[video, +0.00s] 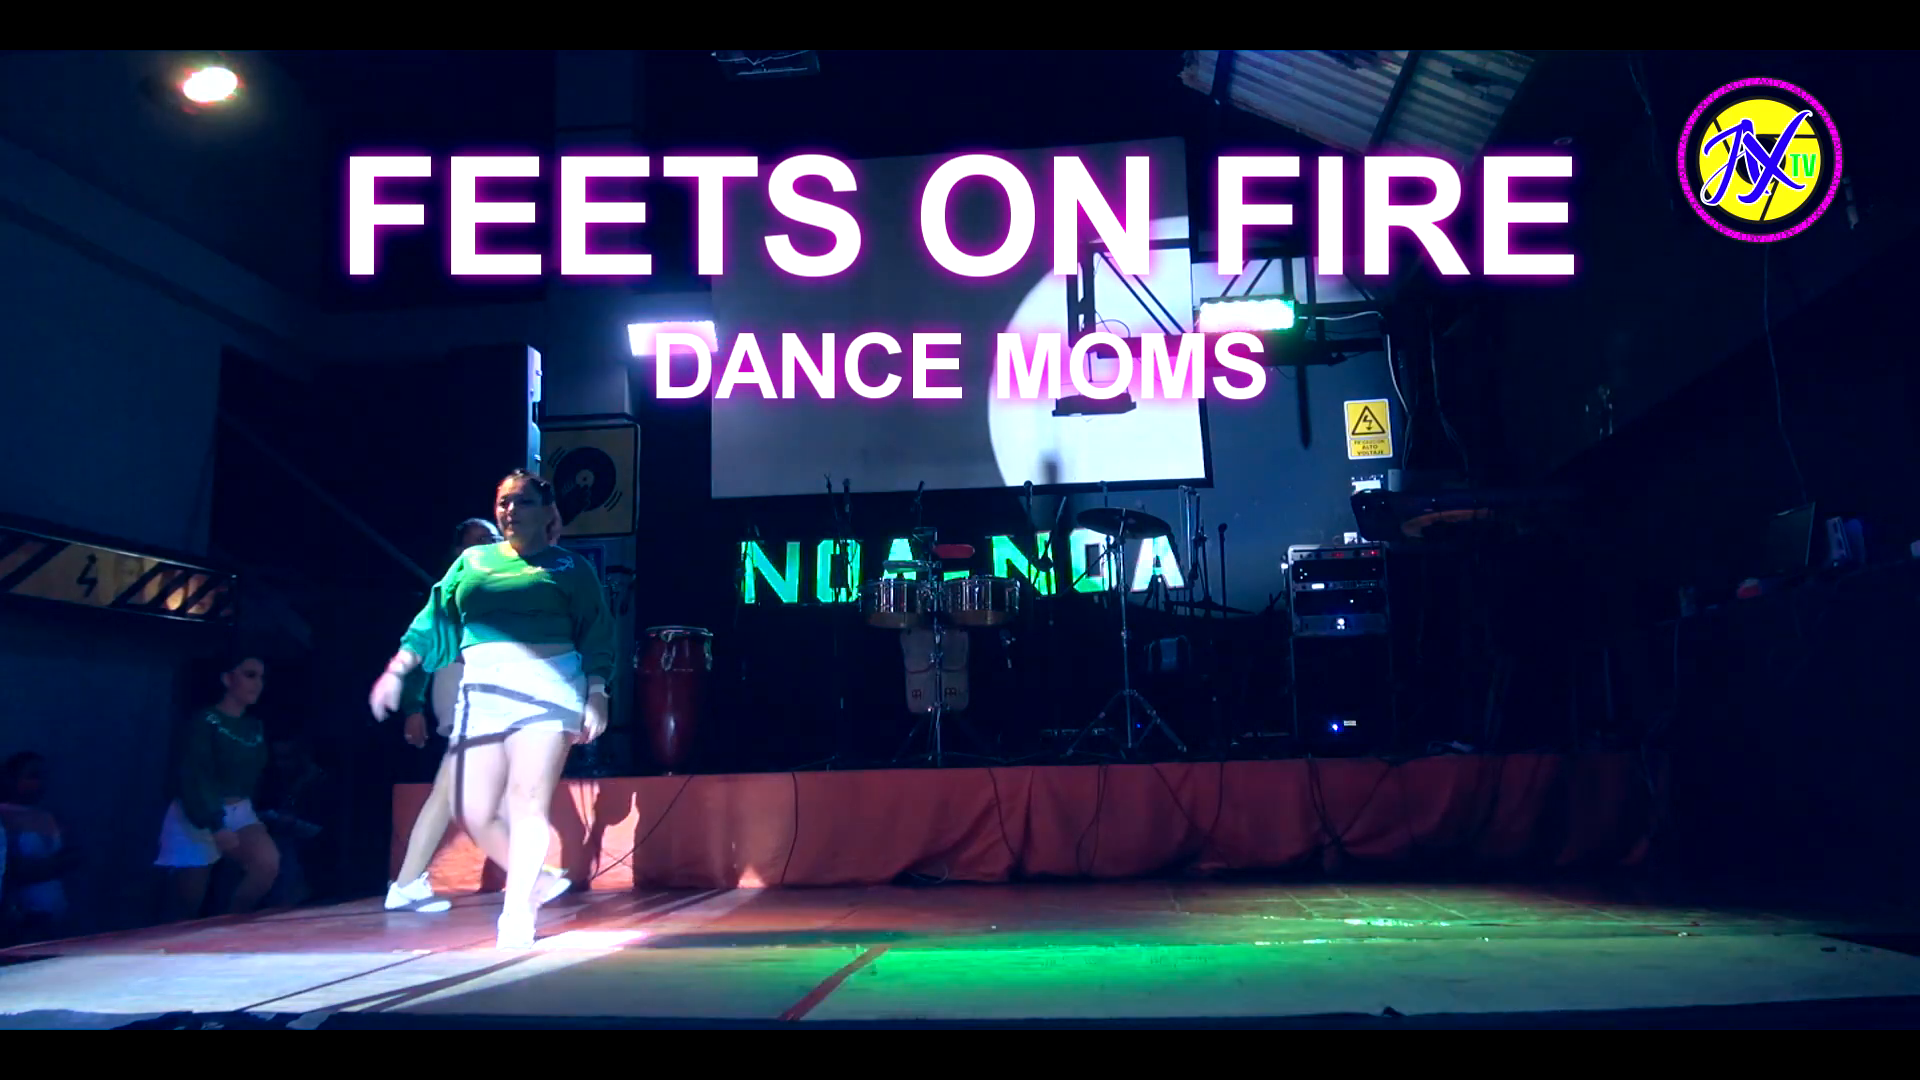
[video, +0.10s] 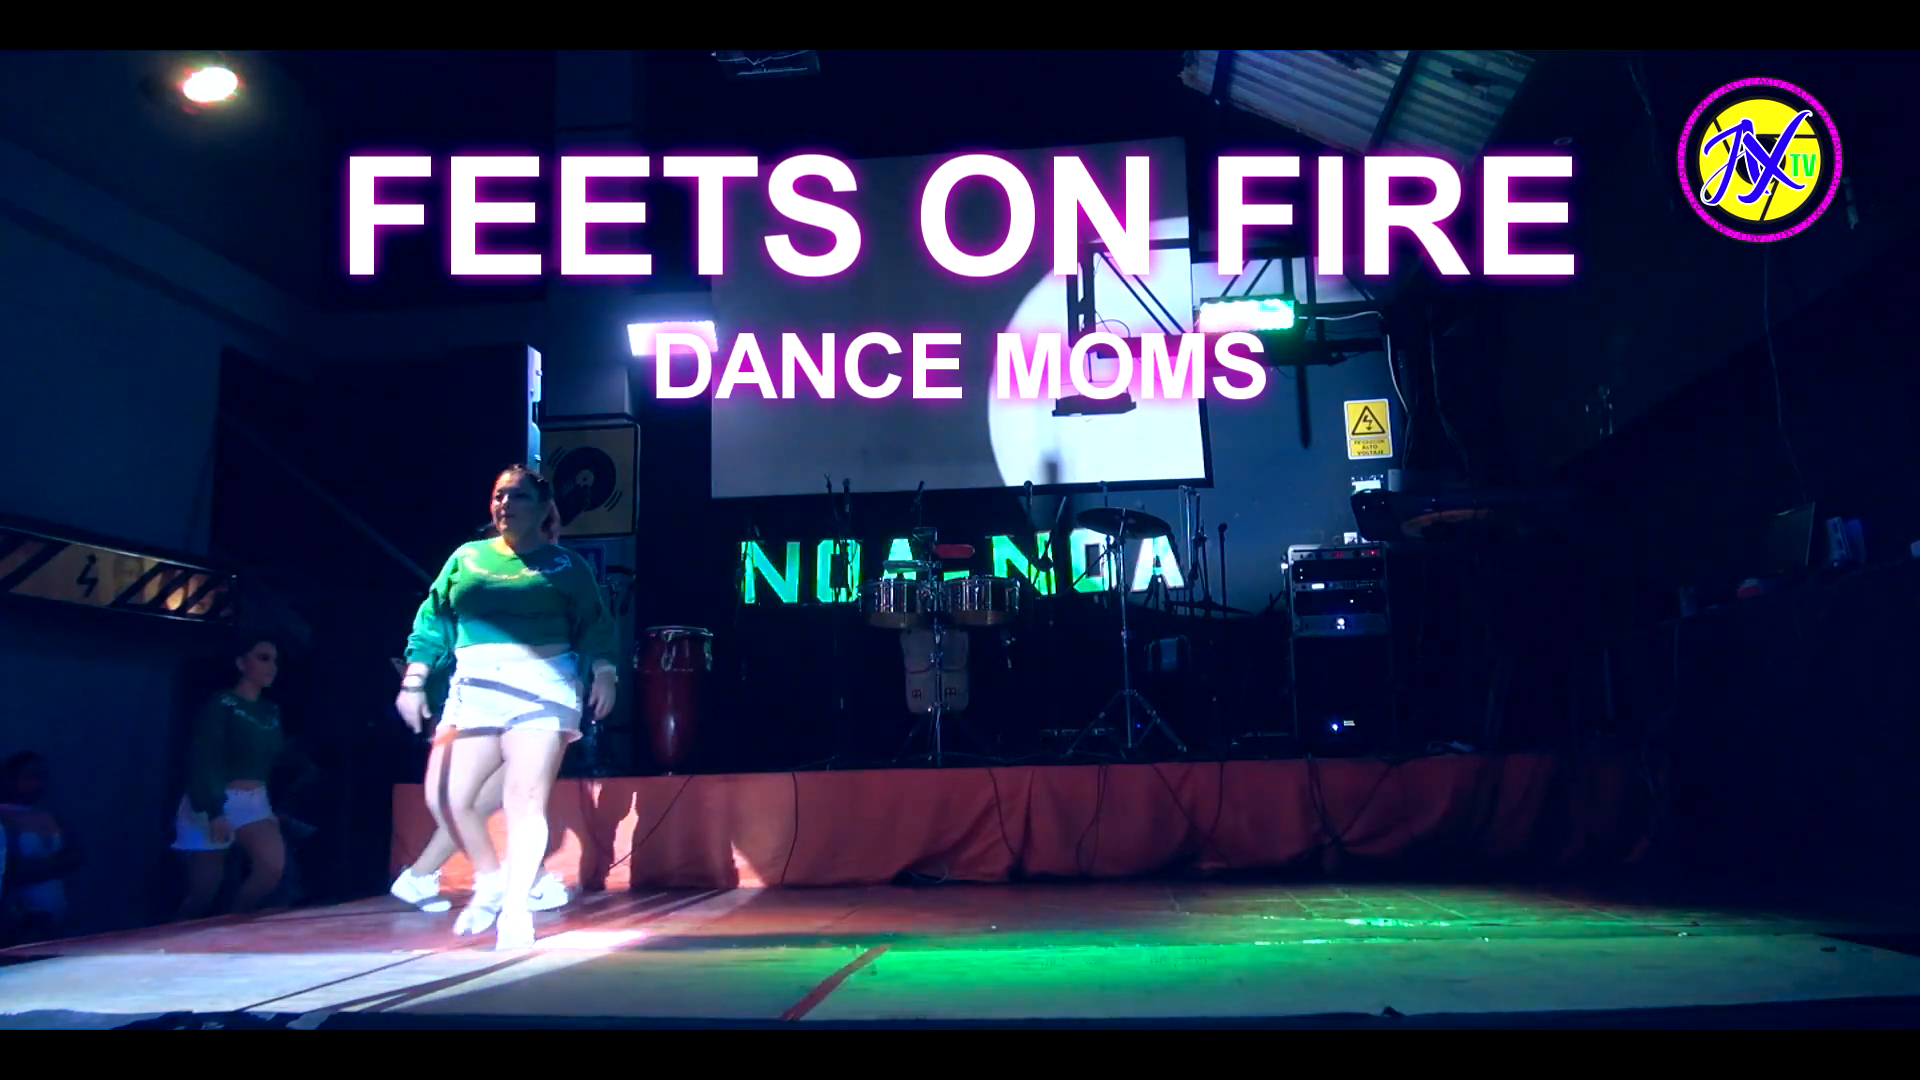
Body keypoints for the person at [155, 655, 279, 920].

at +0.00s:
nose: (257, 684)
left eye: (260, 677)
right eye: (250, 675)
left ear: (263, 683)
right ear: (228, 679)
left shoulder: (254, 729)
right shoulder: (204, 724)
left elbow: (254, 781)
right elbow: (191, 779)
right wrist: (216, 826)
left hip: (239, 810)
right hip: (198, 811)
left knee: (266, 862)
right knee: (189, 897)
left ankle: (232, 926)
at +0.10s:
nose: (271, 667)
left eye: (274, 660)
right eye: (263, 658)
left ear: (278, 667)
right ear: (242, 663)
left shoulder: (270, 713)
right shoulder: (219, 707)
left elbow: (274, 765)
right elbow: (203, 761)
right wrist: (215, 813)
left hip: (254, 800)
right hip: (213, 799)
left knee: (271, 867)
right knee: (205, 885)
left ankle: (232, 926)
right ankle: (179, 941)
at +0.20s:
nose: (282, 653)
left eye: (286, 646)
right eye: (274, 645)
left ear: (289, 654)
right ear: (252, 649)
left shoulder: (283, 701)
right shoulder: (228, 694)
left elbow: (290, 753)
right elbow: (207, 746)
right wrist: (205, 798)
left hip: (268, 785)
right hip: (229, 784)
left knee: (276, 865)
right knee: (240, 871)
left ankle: (240, 926)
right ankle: (201, 931)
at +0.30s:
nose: (291, 642)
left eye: (294, 637)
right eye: (283, 634)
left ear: (296, 646)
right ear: (261, 639)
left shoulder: (292, 693)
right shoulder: (235, 684)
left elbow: (298, 747)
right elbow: (210, 734)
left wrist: (299, 797)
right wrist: (201, 785)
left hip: (276, 777)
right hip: (238, 773)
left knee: (278, 855)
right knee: (276, 839)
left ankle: (241, 921)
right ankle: (213, 889)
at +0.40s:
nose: (301, 633)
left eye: (304, 627)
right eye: (292, 626)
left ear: (306, 636)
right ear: (270, 631)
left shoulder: (303, 685)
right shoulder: (242, 675)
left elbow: (318, 739)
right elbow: (211, 724)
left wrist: (334, 782)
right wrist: (193, 773)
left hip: (280, 771)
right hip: (238, 768)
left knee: (276, 849)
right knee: (304, 805)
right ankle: (251, 873)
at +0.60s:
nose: (321, 622)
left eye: (324, 616)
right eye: (312, 614)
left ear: (326, 625)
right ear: (290, 620)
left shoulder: (322, 672)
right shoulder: (264, 663)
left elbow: (344, 720)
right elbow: (227, 709)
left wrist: (377, 753)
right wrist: (201, 755)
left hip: (297, 761)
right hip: (258, 756)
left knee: (270, 852)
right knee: (320, 805)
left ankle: (241, 926)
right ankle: (293, 886)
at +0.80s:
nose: (341, 600)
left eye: (343, 594)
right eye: (332, 593)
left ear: (348, 604)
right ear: (312, 602)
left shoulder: (350, 653)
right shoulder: (291, 645)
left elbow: (366, 705)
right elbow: (260, 693)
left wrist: (378, 751)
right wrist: (246, 743)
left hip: (322, 742)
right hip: (284, 735)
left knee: (298, 827)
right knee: (325, 808)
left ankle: (261, 900)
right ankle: (293, 887)